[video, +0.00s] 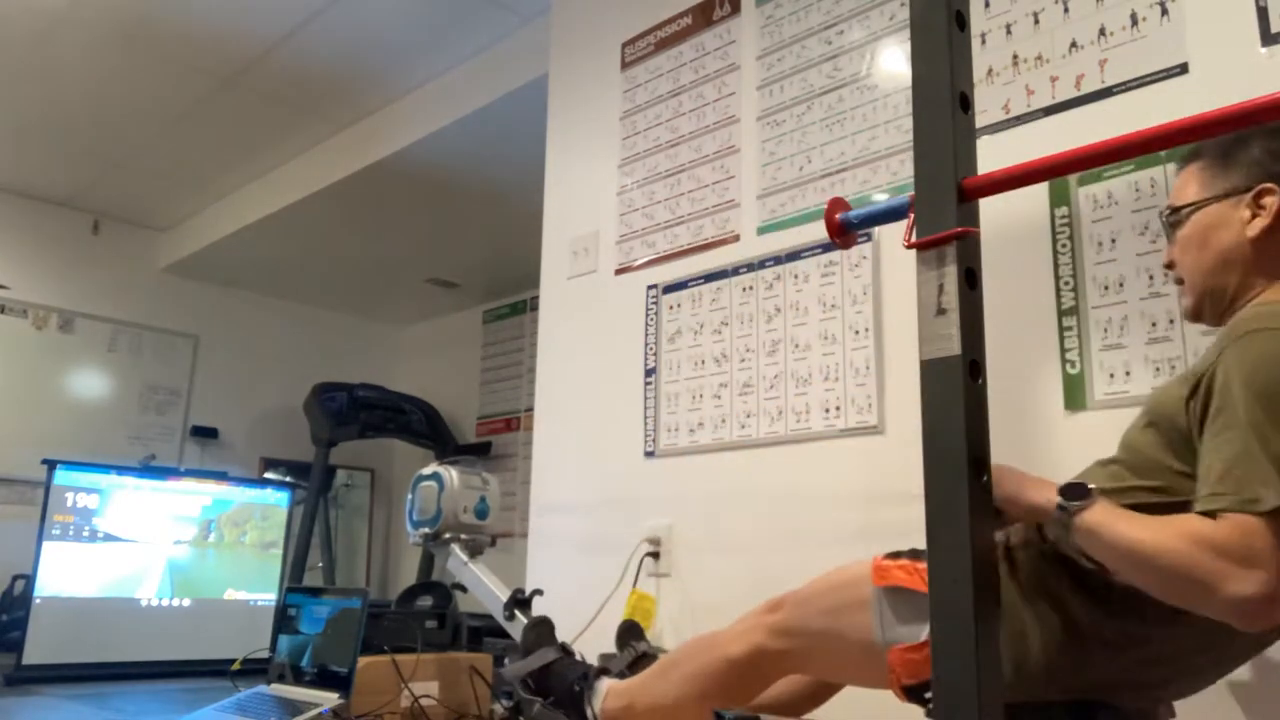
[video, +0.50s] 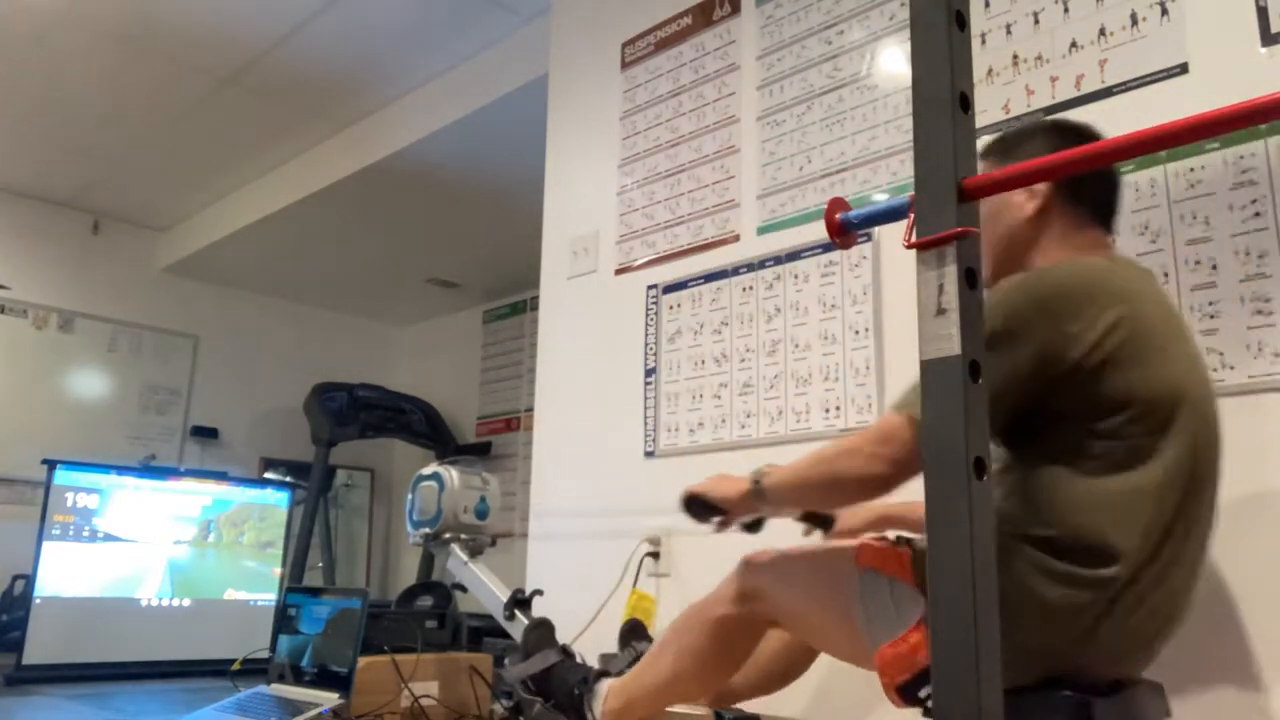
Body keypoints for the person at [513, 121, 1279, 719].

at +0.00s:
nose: (1166, 252)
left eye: (1180, 221)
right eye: (1168, 227)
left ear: (1261, 214)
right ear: (1257, 220)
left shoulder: (1264, 337)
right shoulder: (1249, 342)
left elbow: (1250, 582)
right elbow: (1222, 550)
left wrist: (1057, 505)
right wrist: (1046, 508)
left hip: (1064, 619)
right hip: (1097, 634)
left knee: (783, 624)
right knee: (828, 650)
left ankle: (607, 705)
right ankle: (680, 712)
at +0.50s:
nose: (968, 220)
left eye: (981, 195)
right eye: (972, 199)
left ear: (1036, 195)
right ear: (1055, 198)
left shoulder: (1052, 294)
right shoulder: (1131, 297)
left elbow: (882, 453)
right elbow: (1042, 521)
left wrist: (755, 491)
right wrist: (881, 516)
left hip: (1036, 624)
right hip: (1102, 626)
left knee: (756, 583)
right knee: (833, 569)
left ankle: (610, 705)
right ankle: (697, 697)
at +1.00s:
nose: (705, 296)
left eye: (709, 276)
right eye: (705, 279)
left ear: (741, 270)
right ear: (802, 281)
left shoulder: (735, 347)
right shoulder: (845, 352)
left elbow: (613, 470)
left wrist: (532, 528)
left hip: (780, 629)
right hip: (870, 633)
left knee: (623, 488)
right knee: (701, 473)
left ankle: (604, 688)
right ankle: (681, 669)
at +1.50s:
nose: (725, 275)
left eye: (730, 258)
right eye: (725, 261)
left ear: (764, 255)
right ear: (824, 265)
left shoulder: (746, 334)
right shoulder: (871, 343)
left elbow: (637, 469)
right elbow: (782, 494)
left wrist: (561, 508)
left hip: (794, 626)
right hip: (892, 632)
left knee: (633, 492)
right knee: (711, 476)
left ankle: (606, 692)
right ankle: (679, 671)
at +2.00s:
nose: (1169, 235)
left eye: (1182, 205)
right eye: (1172, 210)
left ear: (1258, 201)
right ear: (1259, 206)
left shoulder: (1246, 323)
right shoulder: (1258, 331)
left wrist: (962, 465)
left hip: (1037, 629)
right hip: (1127, 664)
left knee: (781, 646)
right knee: (838, 656)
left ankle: (605, 706)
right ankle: (649, 698)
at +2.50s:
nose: (1113, 228)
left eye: (1126, 202)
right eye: (1117, 206)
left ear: (1196, 199)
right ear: (1205, 202)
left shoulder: (1205, 329)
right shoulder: (1265, 325)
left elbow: (1084, 529)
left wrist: (919, 511)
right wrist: (950, 536)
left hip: (1064, 639)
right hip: (1135, 648)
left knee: (783, 624)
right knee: (827, 632)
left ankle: (603, 707)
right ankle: (675, 709)